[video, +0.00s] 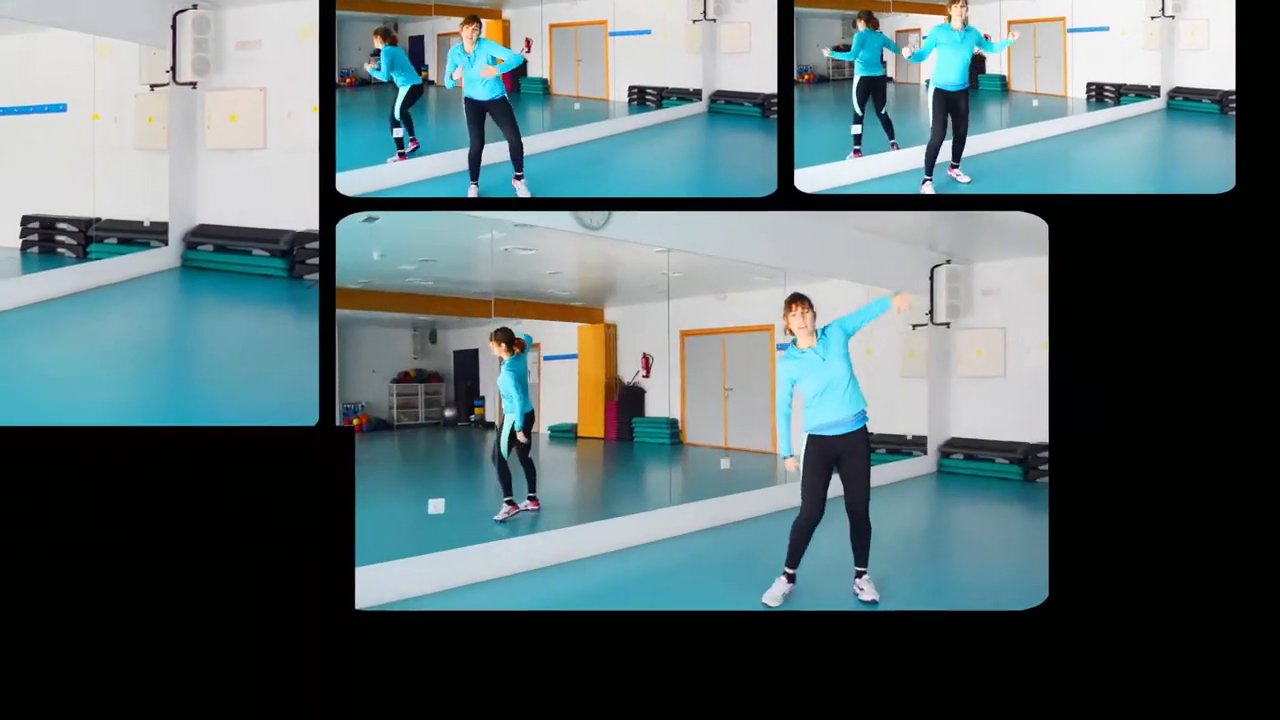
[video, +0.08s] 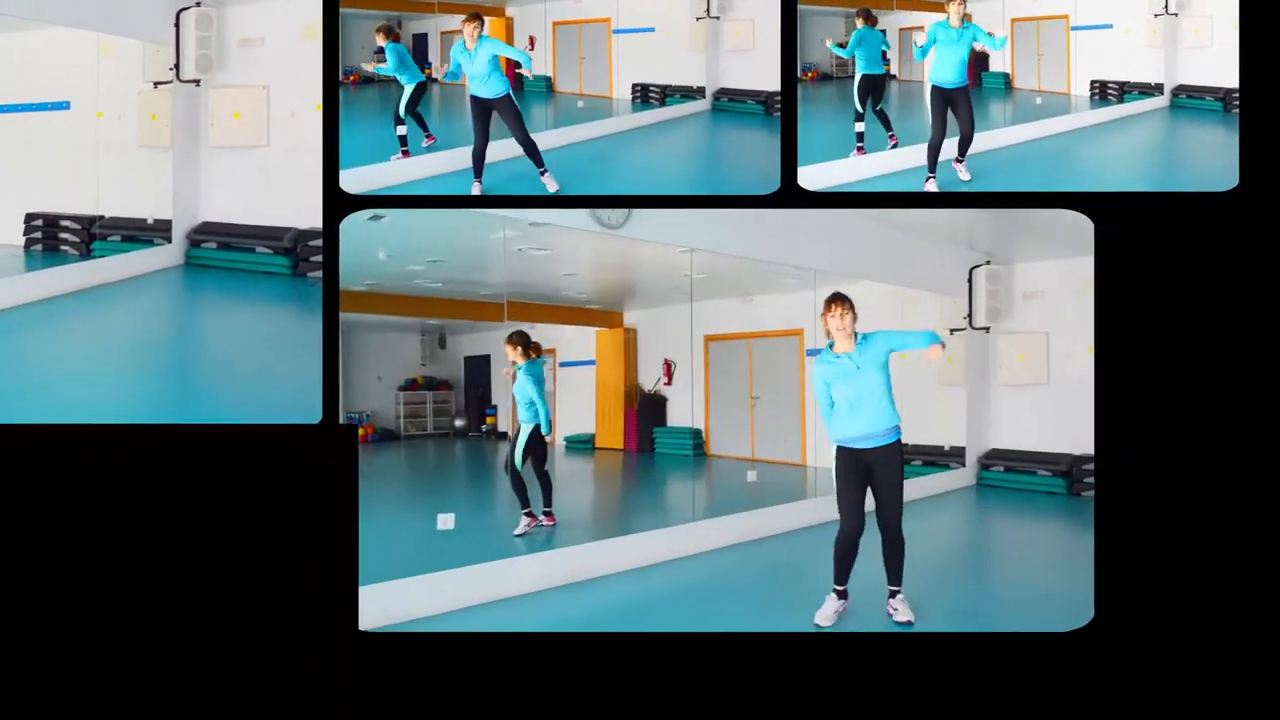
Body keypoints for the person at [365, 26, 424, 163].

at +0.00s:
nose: (374, 42)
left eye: (375, 39)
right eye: (374, 39)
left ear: (380, 38)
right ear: (389, 37)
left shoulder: (386, 51)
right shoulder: (397, 49)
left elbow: (384, 76)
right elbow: (393, 69)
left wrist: (370, 70)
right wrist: (377, 66)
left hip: (408, 86)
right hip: (416, 83)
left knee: (395, 117)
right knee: (403, 110)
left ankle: (401, 153)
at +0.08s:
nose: (376, 39)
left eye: (377, 36)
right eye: (376, 36)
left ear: (382, 35)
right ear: (388, 35)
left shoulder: (390, 48)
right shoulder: (398, 46)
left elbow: (393, 70)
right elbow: (395, 67)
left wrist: (375, 68)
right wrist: (378, 67)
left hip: (412, 83)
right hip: (419, 81)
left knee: (399, 116)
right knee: (412, 110)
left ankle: (404, 152)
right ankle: (429, 136)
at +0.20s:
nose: (379, 36)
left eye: (380, 33)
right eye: (379, 33)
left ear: (386, 33)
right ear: (387, 33)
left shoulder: (402, 46)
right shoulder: (393, 49)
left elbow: (415, 64)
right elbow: (405, 67)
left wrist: (399, 64)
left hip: (419, 81)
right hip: (415, 81)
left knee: (401, 114)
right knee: (428, 110)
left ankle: (408, 148)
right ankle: (445, 133)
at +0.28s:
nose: (383, 38)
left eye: (384, 35)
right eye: (383, 35)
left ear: (391, 35)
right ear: (391, 35)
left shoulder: (407, 48)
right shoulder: (396, 50)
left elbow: (422, 61)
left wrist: (412, 63)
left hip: (422, 82)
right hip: (416, 82)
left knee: (401, 113)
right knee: (434, 109)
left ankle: (410, 147)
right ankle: (451, 133)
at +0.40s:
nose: (386, 35)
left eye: (387, 32)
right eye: (386, 32)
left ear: (394, 31)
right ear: (394, 31)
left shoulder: (408, 45)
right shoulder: (400, 46)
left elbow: (419, 66)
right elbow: (411, 63)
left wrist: (400, 63)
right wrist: (398, 62)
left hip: (423, 79)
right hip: (421, 79)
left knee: (404, 110)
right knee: (434, 108)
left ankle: (413, 145)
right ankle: (451, 130)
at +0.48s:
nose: (387, 31)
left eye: (388, 28)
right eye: (387, 28)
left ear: (394, 27)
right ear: (397, 27)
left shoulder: (403, 42)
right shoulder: (408, 39)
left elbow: (407, 64)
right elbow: (410, 61)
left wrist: (386, 59)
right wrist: (390, 58)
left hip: (422, 76)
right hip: (430, 74)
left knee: (408, 108)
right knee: (426, 103)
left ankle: (414, 144)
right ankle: (446, 128)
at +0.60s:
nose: (389, 29)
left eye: (389, 26)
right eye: (388, 26)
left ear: (394, 25)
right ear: (401, 24)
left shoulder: (400, 40)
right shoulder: (411, 36)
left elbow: (397, 64)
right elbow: (410, 55)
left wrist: (388, 57)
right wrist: (394, 52)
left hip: (421, 75)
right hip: (430, 72)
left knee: (411, 107)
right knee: (418, 100)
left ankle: (415, 144)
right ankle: (433, 128)